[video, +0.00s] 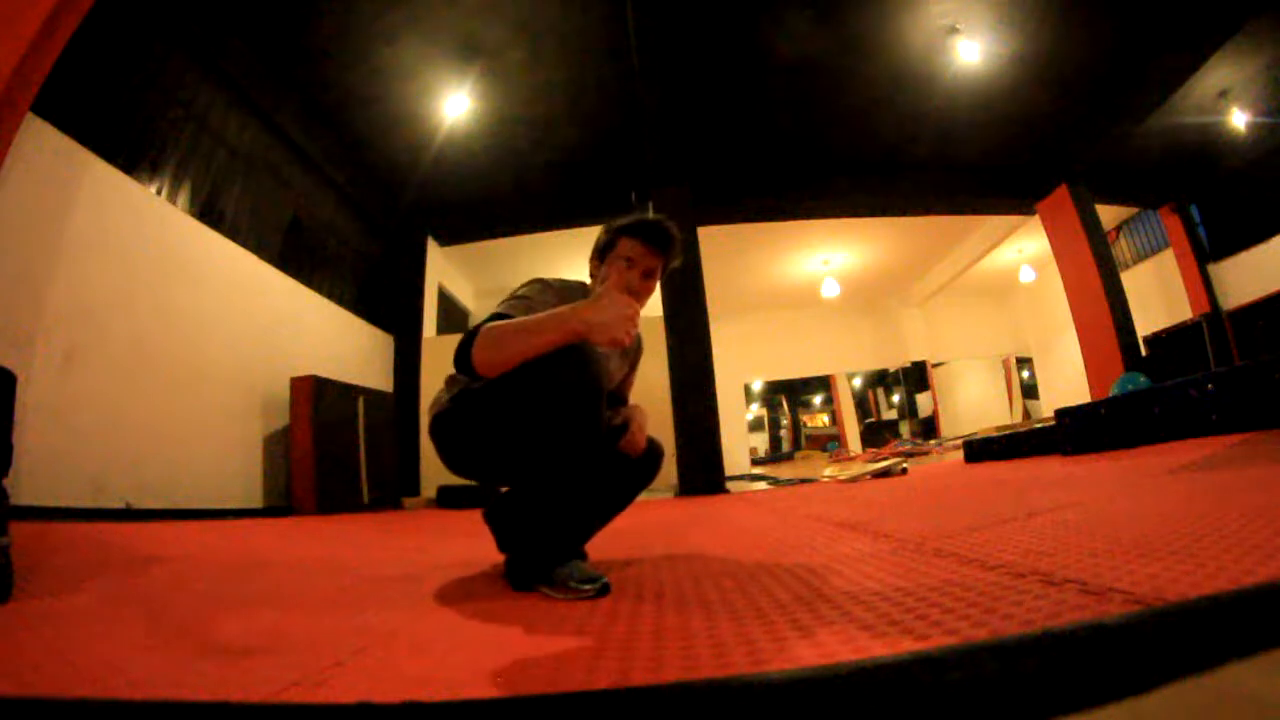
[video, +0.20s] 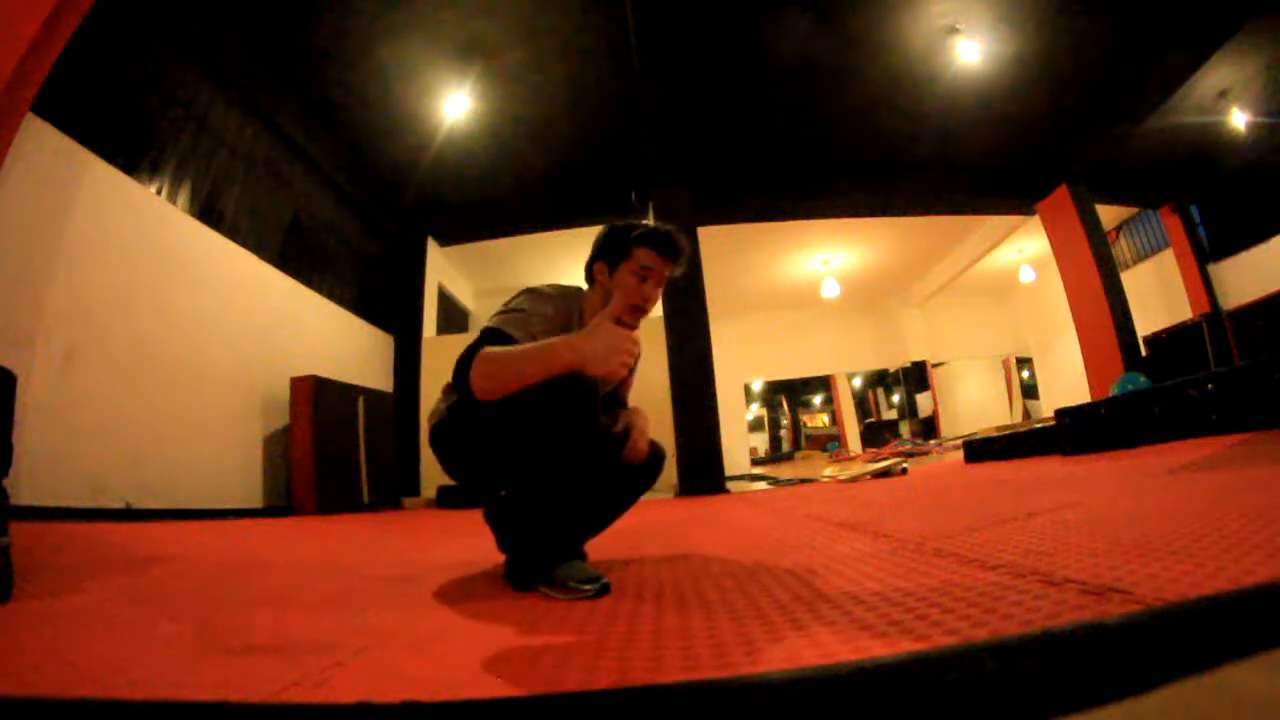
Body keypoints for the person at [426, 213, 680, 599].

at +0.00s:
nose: (636, 281)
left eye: (649, 274)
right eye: (626, 263)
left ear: (655, 286)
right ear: (596, 266)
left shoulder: (629, 344)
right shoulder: (548, 296)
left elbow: (605, 409)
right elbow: (474, 356)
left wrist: (632, 412)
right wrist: (578, 319)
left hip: (536, 441)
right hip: (468, 427)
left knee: (641, 454)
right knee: (570, 366)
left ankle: (522, 519)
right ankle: (545, 559)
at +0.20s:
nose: (651, 295)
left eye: (661, 284)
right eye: (642, 276)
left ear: (666, 289)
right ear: (600, 273)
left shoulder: (622, 346)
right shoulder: (540, 305)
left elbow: (605, 410)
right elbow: (476, 378)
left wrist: (632, 416)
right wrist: (576, 349)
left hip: (541, 449)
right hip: (470, 439)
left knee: (641, 456)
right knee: (570, 399)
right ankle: (542, 559)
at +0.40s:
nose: (673, 290)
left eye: (674, 278)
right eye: (668, 275)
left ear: (634, 275)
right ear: (632, 271)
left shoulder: (619, 341)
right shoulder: (556, 308)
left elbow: (601, 415)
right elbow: (449, 388)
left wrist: (636, 417)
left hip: (540, 464)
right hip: (481, 458)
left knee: (646, 455)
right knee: (582, 370)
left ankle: (544, 550)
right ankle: (542, 558)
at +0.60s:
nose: (674, 260)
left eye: (674, 248)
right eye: (670, 246)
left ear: (641, 243)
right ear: (638, 240)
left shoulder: (620, 324)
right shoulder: (546, 284)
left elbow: (585, 411)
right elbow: (434, 338)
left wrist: (641, 420)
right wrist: (409, 424)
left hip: (534, 432)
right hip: (471, 418)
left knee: (639, 452)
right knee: (602, 377)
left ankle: (521, 521)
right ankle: (548, 557)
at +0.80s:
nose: (668, 172)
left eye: (668, 160)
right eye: (663, 156)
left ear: (633, 156)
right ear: (632, 149)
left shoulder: (626, 237)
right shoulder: (547, 194)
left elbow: (605, 325)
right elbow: (476, 285)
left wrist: (613, 400)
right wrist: (460, 390)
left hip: (568, 364)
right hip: (502, 348)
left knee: (621, 427)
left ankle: (515, 521)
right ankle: (544, 559)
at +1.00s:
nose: (650, 101)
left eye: (651, 93)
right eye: (645, 88)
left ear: (620, 88)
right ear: (619, 80)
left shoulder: (616, 160)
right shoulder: (561, 108)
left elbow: (607, 242)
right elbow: (570, 165)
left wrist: (600, 305)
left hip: (553, 287)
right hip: (507, 268)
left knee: (606, 390)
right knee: (566, 389)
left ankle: (553, 541)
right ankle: (540, 558)